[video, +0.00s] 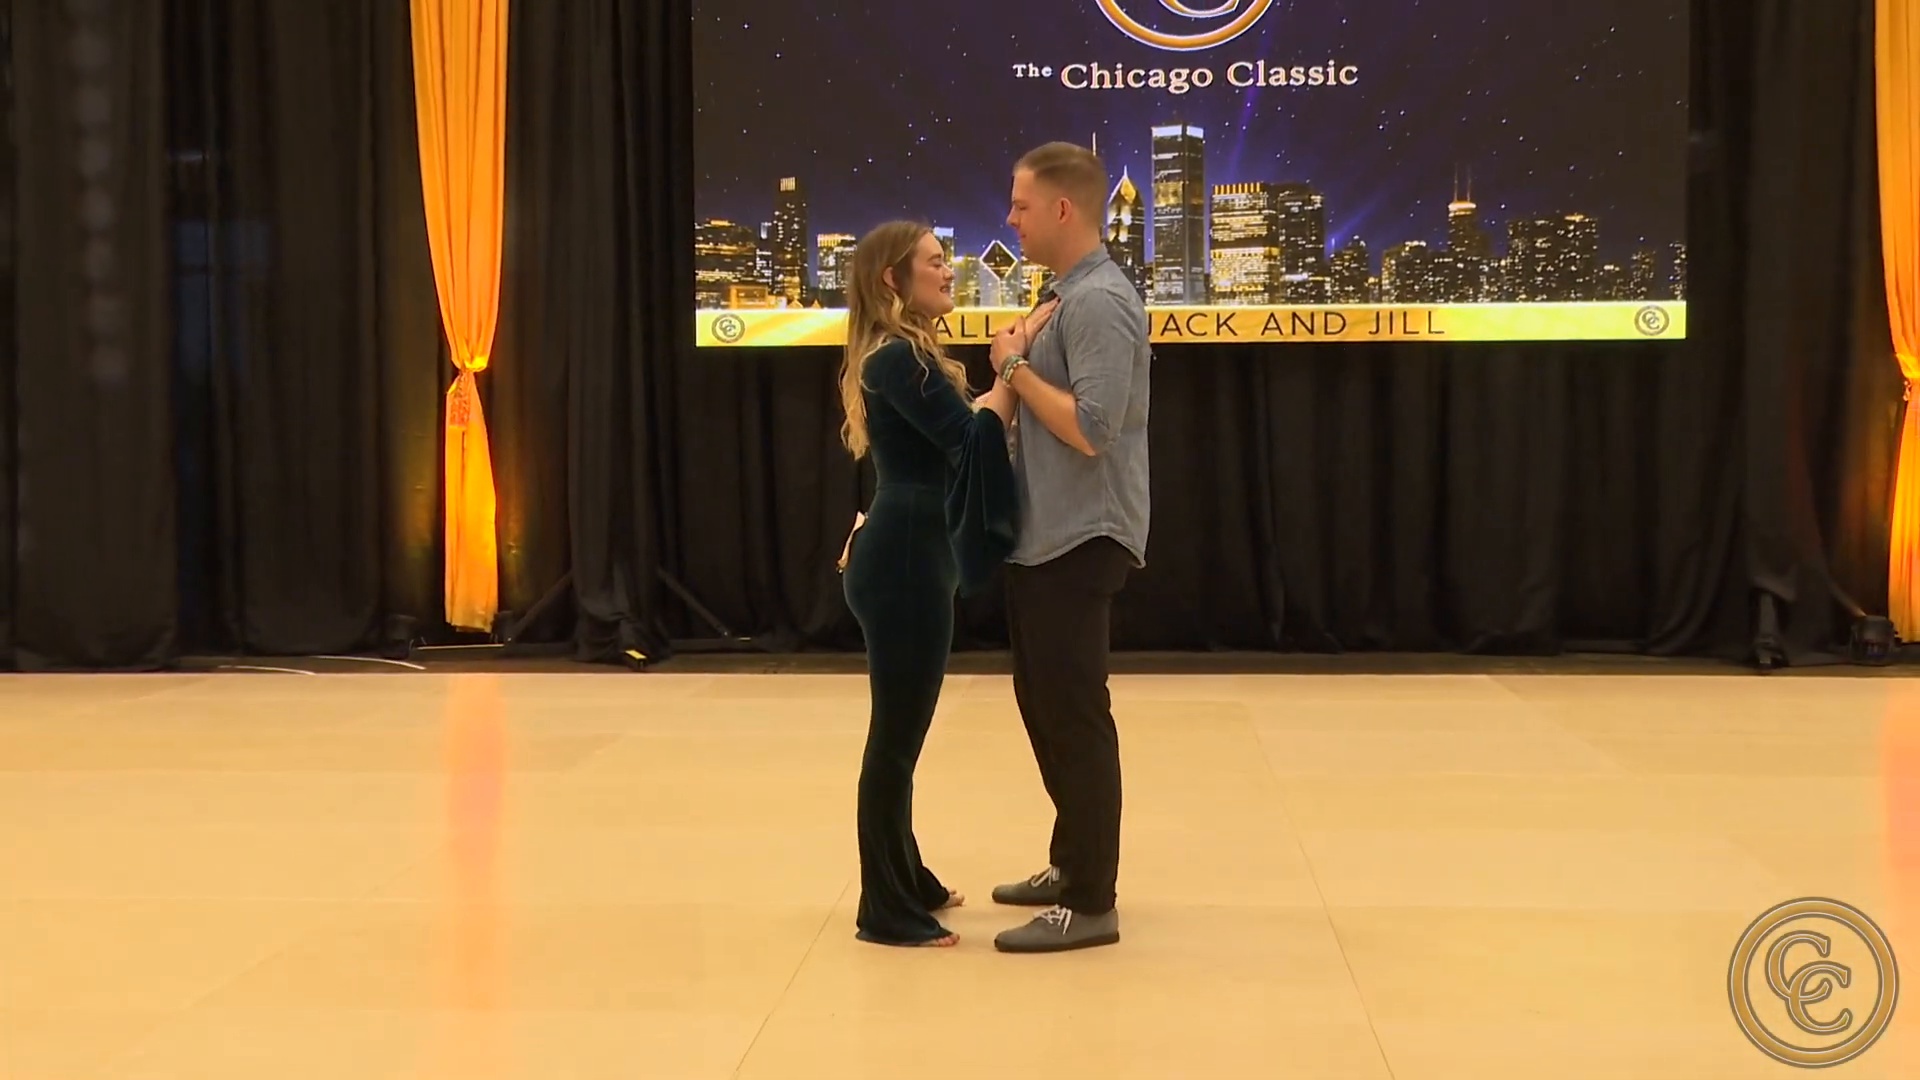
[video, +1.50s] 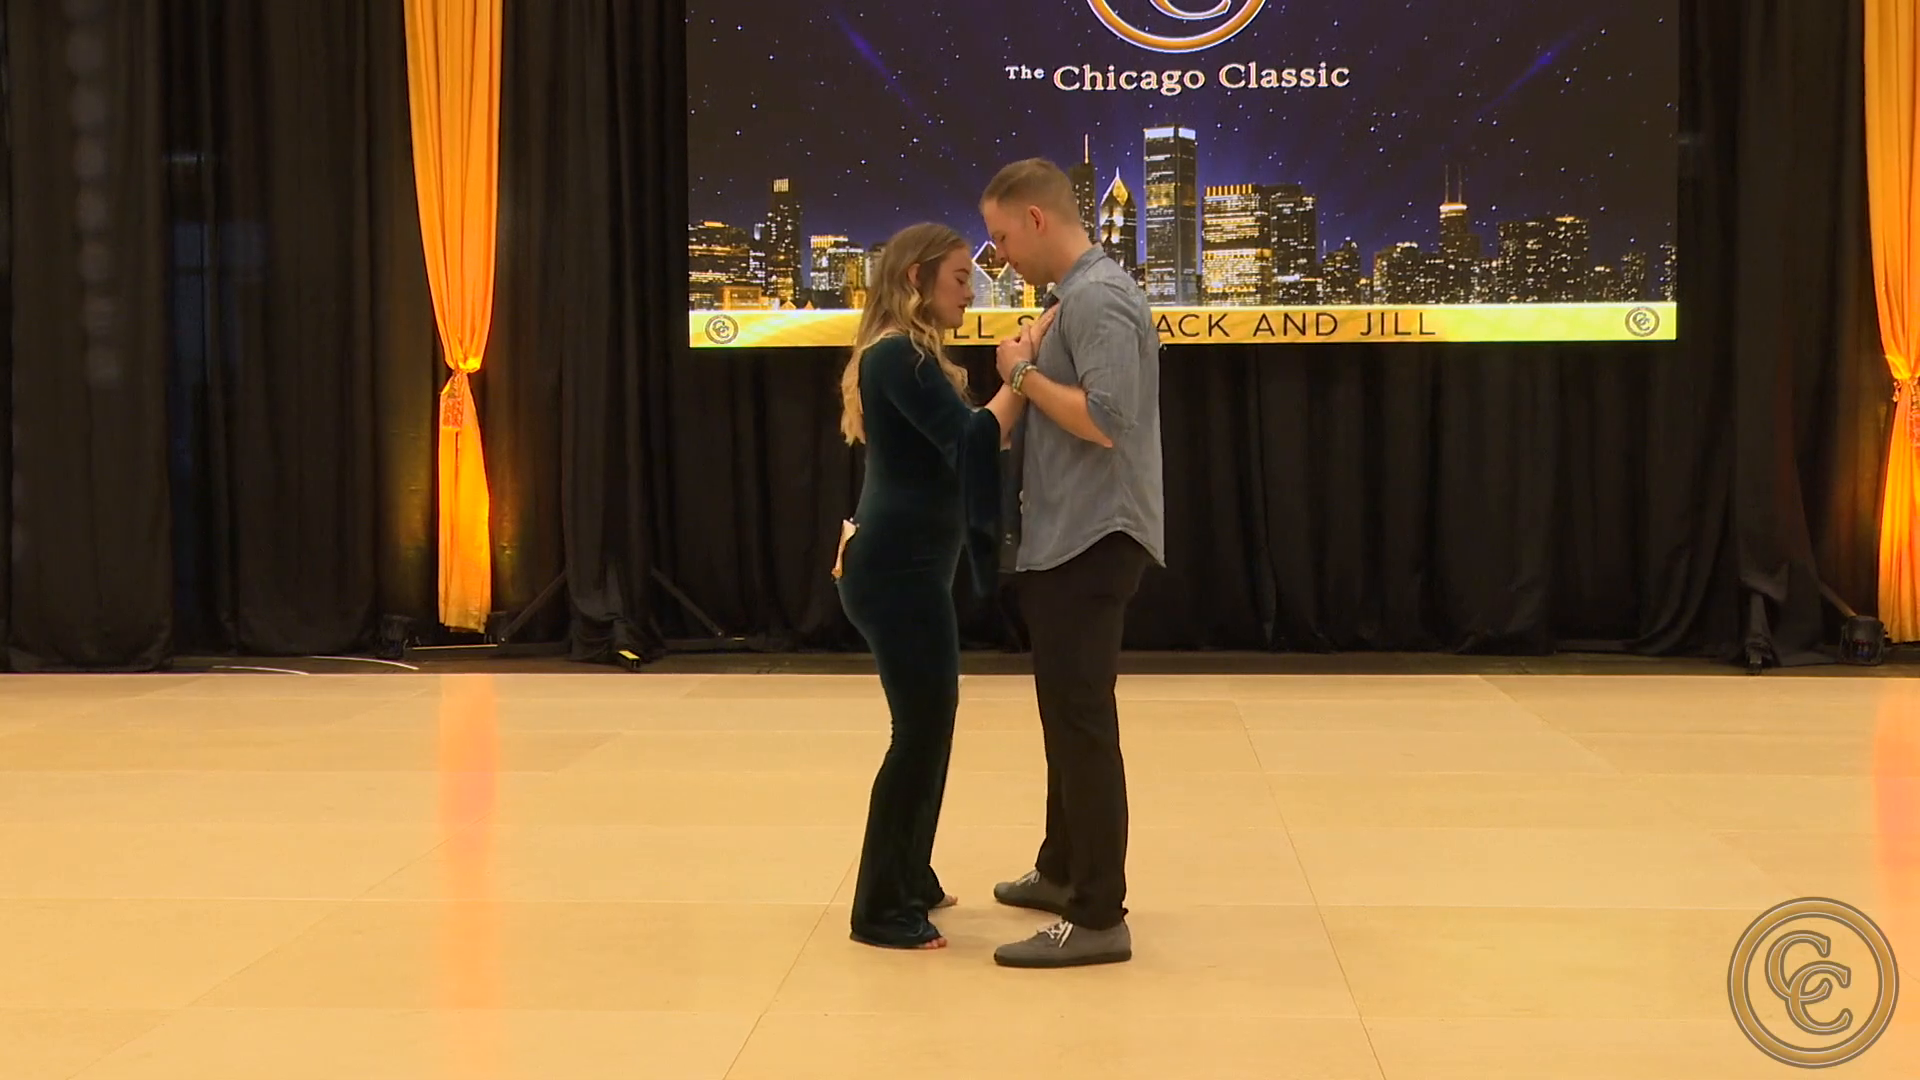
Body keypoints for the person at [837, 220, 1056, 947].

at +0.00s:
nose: (949, 272)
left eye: (946, 260)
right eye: (935, 262)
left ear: (901, 281)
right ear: (893, 279)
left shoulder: (917, 353)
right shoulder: (893, 358)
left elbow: (963, 438)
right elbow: (961, 437)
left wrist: (1010, 365)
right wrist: (1013, 361)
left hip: (919, 555)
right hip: (900, 559)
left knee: (903, 735)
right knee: (893, 740)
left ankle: (903, 879)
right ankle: (882, 906)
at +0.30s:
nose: (952, 278)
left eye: (950, 267)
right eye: (940, 268)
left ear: (913, 281)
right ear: (902, 281)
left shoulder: (910, 354)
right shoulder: (897, 361)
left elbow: (954, 421)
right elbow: (972, 445)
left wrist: (1004, 365)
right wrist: (1009, 377)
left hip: (899, 558)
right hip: (907, 562)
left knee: (896, 726)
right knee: (927, 724)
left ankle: (904, 889)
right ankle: (899, 905)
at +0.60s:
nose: (952, 284)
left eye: (950, 272)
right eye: (941, 273)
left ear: (913, 282)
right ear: (904, 282)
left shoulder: (903, 354)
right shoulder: (901, 362)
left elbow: (962, 410)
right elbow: (976, 446)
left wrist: (1003, 355)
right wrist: (1012, 376)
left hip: (891, 560)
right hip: (909, 565)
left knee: (891, 722)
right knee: (940, 716)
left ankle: (890, 886)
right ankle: (910, 902)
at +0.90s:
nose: (953, 288)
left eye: (953, 277)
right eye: (946, 276)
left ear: (909, 283)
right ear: (909, 282)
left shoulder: (899, 354)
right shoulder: (902, 363)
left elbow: (965, 402)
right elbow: (975, 450)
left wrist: (1005, 354)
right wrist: (1007, 387)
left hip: (889, 558)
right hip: (911, 563)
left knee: (887, 728)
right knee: (914, 730)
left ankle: (890, 890)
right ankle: (907, 902)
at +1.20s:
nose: (964, 295)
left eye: (965, 284)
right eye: (956, 282)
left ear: (919, 285)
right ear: (918, 282)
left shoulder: (907, 356)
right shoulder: (903, 362)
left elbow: (957, 416)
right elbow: (975, 449)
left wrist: (1007, 364)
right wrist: (1013, 385)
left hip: (886, 565)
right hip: (908, 569)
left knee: (892, 724)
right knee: (938, 718)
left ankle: (896, 887)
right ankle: (894, 904)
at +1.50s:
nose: (970, 290)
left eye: (971, 278)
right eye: (960, 277)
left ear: (931, 279)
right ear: (920, 277)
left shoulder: (923, 356)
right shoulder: (894, 355)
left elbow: (975, 446)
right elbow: (962, 440)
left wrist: (1018, 375)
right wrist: (1015, 375)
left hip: (921, 567)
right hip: (894, 571)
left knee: (933, 729)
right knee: (920, 733)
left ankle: (910, 883)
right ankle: (879, 911)